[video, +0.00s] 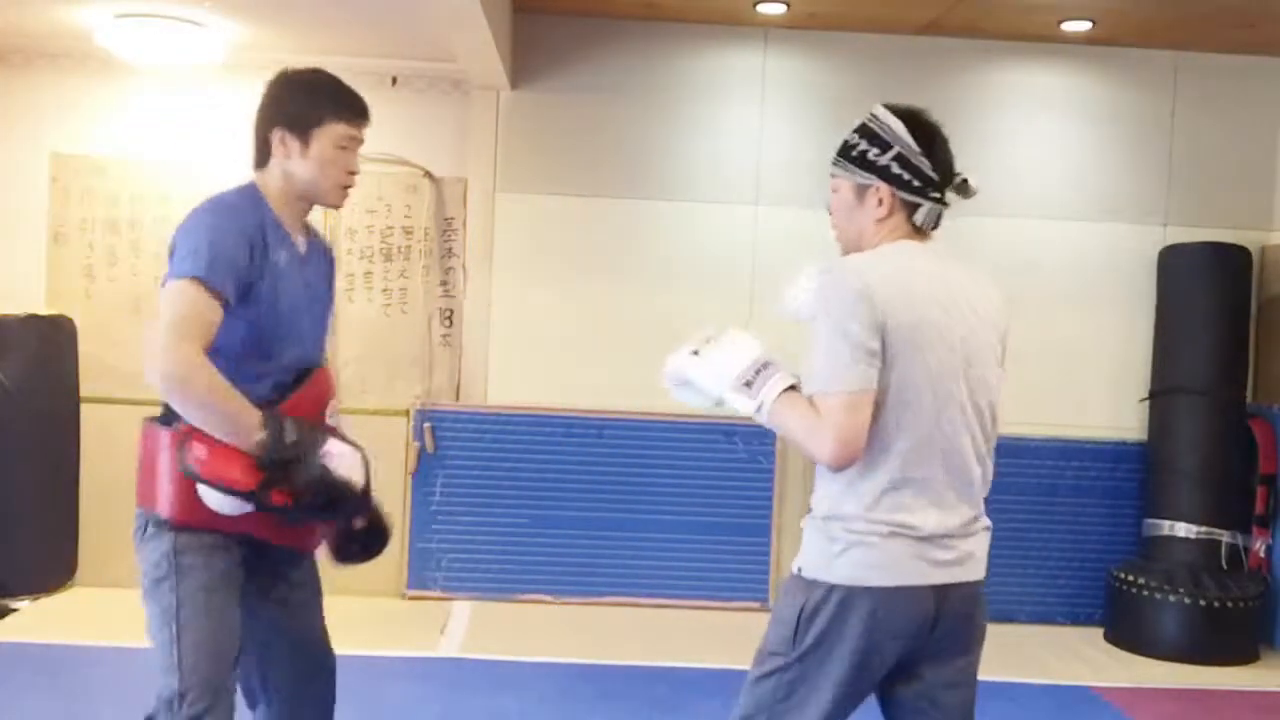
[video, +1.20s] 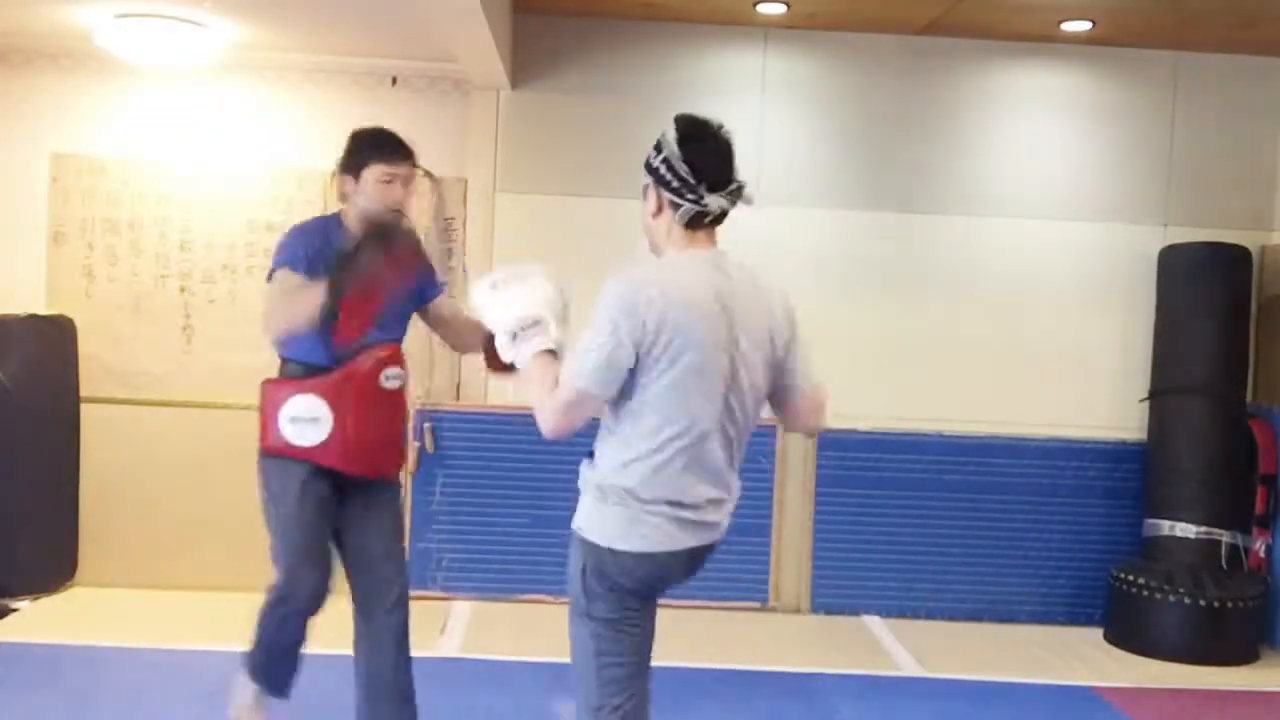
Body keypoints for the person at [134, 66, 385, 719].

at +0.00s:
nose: (357, 166)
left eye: (358, 150)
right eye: (344, 147)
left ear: (298, 148)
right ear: (285, 144)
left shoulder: (318, 256)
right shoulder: (223, 225)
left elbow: (308, 387)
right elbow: (171, 365)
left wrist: (341, 471)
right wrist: (279, 442)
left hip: (273, 505)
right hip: (194, 503)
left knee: (301, 694)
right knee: (193, 702)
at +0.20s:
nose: (360, 155)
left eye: (362, 140)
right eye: (346, 137)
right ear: (291, 138)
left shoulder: (346, 245)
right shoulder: (230, 220)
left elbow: (339, 358)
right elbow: (176, 347)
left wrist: (352, 462)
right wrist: (218, 471)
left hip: (310, 463)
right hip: (225, 457)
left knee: (300, 669)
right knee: (222, 660)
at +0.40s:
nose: (353, 177)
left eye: (357, 163)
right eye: (337, 161)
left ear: (359, 168)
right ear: (285, 168)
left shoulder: (359, 254)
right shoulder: (236, 251)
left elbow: (365, 357)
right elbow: (176, 368)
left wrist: (370, 458)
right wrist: (154, 481)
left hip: (331, 458)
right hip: (245, 456)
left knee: (372, 621)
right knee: (242, 647)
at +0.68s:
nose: (392, 169)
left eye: (398, 157)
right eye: (377, 155)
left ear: (399, 167)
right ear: (331, 162)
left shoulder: (408, 250)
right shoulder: (285, 243)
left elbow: (435, 348)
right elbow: (228, 347)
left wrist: (457, 436)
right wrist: (207, 452)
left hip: (384, 444)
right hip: (299, 442)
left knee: (413, 612)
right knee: (275, 614)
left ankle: (408, 717)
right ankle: (241, 717)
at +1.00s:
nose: (432, 173)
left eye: (438, 161)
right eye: (417, 159)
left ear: (440, 170)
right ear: (374, 167)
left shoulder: (446, 249)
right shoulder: (330, 243)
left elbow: (474, 344)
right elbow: (274, 344)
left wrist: (507, 431)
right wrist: (299, 429)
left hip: (419, 455)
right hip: (341, 451)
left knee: (423, 616)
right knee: (323, 610)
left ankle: (407, 719)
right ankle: (287, 717)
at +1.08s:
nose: (429, 181)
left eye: (435, 169)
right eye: (416, 168)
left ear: (439, 176)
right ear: (373, 172)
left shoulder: (441, 254)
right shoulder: (329, 241)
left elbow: (477, 341)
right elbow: (272, 339)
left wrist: (517, 406)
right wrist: (312, 406)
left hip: (399, 437)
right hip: (329, 432)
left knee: (411, 582)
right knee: (336, 578)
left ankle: (400, 716)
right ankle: (299, 715)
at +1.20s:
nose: (401, 194)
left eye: (408, 182)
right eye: (388, 180)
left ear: (414, 187)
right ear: (347, 183)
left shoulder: (405, 250)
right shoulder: (309, 240)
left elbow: (455, 331)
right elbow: (278, 322)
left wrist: (510, 325)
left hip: (371, 440)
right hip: (300, 435)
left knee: (385, 594)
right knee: (304, 579)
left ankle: (390, 716)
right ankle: (260, 686)